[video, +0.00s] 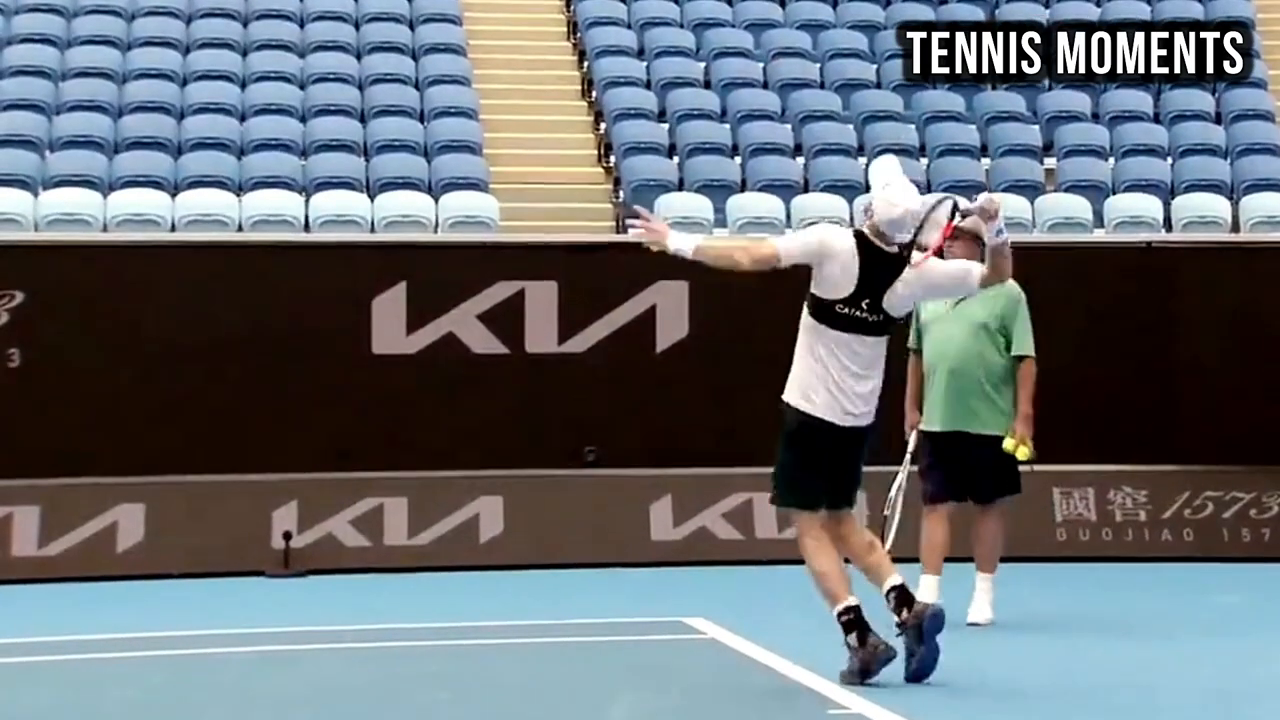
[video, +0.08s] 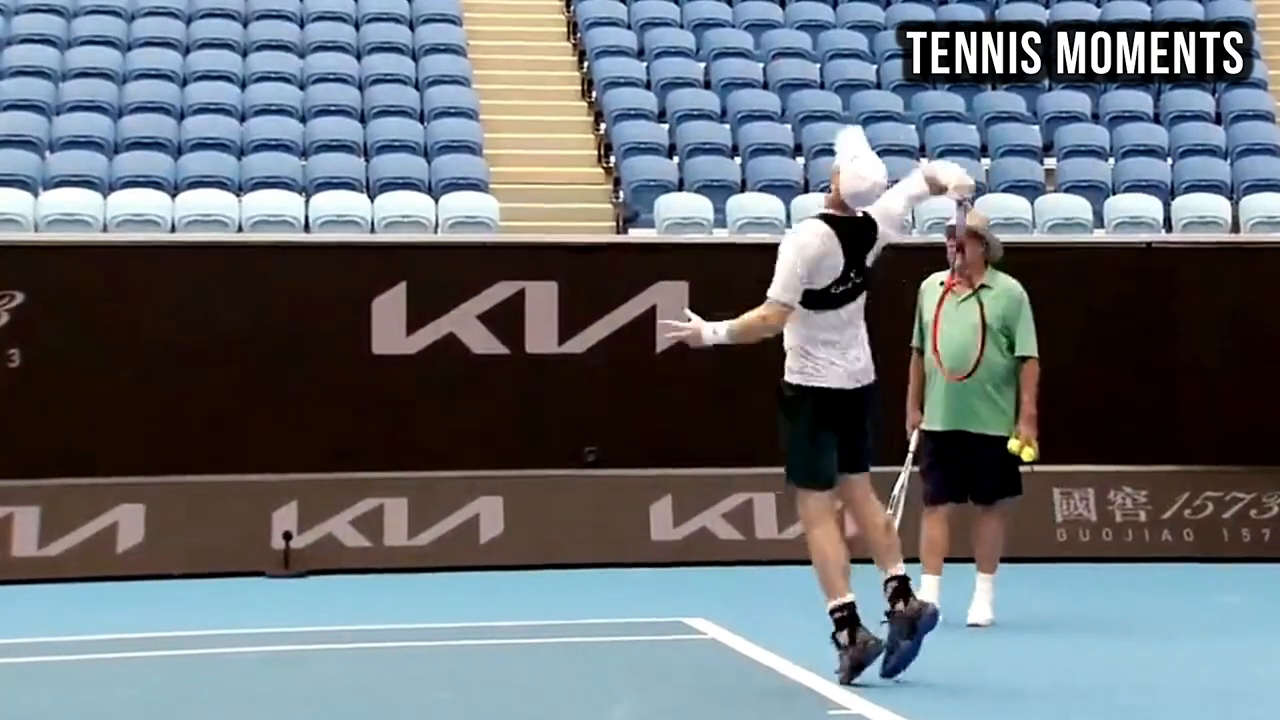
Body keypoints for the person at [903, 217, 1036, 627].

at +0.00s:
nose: (949, 245)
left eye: (959, 239)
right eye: (947, 239)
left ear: (981, 246)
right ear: (941, 246)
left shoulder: (1007, 294)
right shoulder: (928, 296)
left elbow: (1026, 360)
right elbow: (915, 356)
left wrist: (1024, 417)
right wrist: (911, 406)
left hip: (990, 422)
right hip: (937, 420)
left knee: (988, 507)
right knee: (934, 505)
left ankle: (983, 594)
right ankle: (927, 594)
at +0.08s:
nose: (955, 250)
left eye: (963, 243)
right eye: (951, 243)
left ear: (985, 246)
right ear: (946, 246)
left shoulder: (1010, 293)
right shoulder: (932, 288)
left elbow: (1029, 360)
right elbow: (919, 353)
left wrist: (1027, 419)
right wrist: (913, 407)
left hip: (991, 422)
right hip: (939, 420)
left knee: (988, 507)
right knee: (933, 506)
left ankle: (984, 594)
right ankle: (928, 594)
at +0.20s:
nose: (953, 244)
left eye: (962, 238)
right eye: (951, 237)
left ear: (985, 244)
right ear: (949, 245)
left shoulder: (1013, 293)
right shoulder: (934, 288)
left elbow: (1031, 360)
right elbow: (921, 352)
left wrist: (1031, 418)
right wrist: (914, 405)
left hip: (992, 421)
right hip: (939, 418)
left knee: (988, 507)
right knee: (933, 506)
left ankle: (983, 596)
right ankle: (931, 596)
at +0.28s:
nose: (955, 244)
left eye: (963, 238)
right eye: (952, 238)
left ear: (985, 245)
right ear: (950, 245)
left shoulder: (1013, 293)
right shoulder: (935, 288)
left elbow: (1032, 360)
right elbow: (921, 352)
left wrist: (1031, 417)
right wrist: (913, 405)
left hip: (992, 422)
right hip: (939, 418)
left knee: (987, 506)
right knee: (932, 505)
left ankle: (983, 596)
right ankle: (935, 594)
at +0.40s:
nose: (952, 243)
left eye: (961, 237)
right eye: (950, 237)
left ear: (983, 244)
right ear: (948, 245)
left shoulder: (1011, 293)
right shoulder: (932, 289)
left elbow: (1030, 359)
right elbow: (918, 354)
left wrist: (1029, 417)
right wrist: (910, 406)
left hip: (990, 422)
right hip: (937, 419)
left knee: (987, 506)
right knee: (929, 503)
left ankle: (982, 591)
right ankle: (936, 588)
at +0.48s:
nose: (950, 243)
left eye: (958, 237)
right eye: (948, 237)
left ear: (981, 244)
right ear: (946, 245)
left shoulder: (1009, 293)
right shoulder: (931, 289)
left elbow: (1028, 358)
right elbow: (917, 352)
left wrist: (1026, 414)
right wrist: (909, 409)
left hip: (990, 422)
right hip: (936, 421)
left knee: (986, 506)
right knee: (929, 506)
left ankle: (982, 594)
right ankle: (933, 591)